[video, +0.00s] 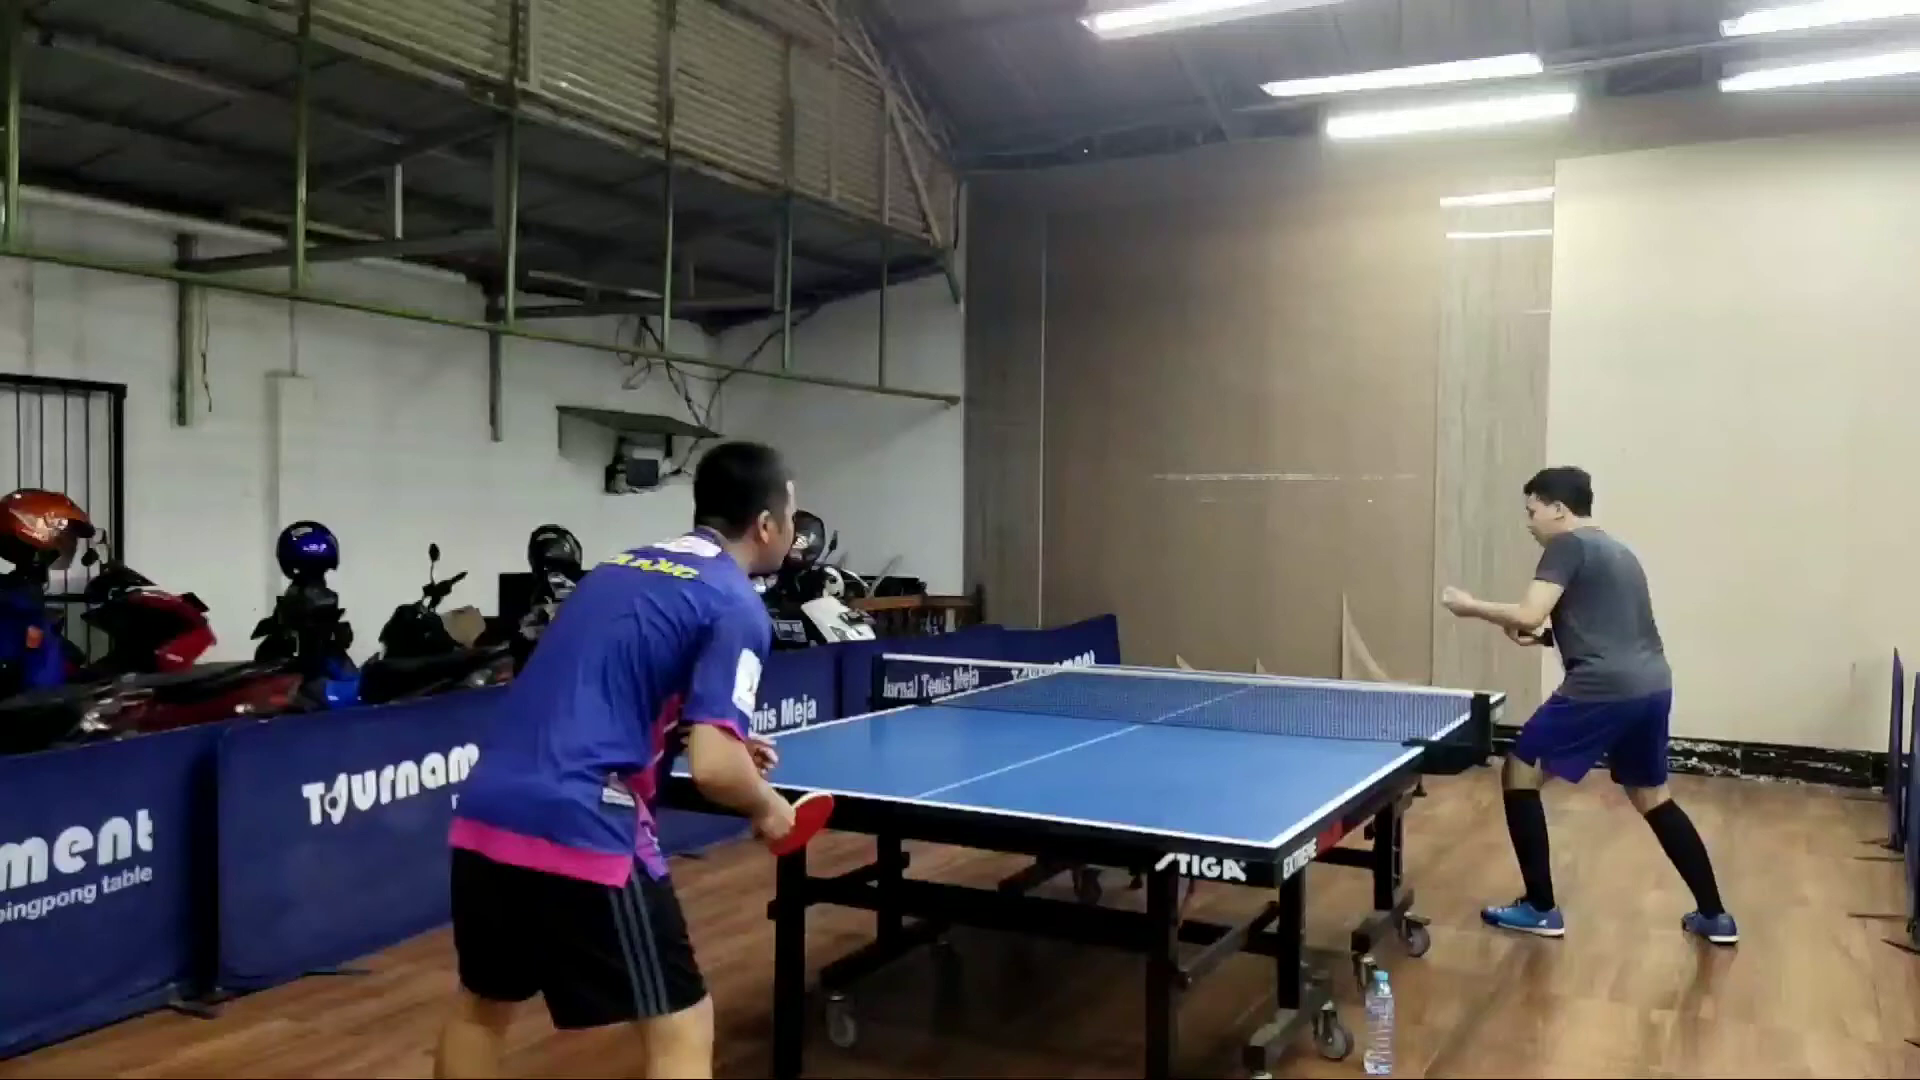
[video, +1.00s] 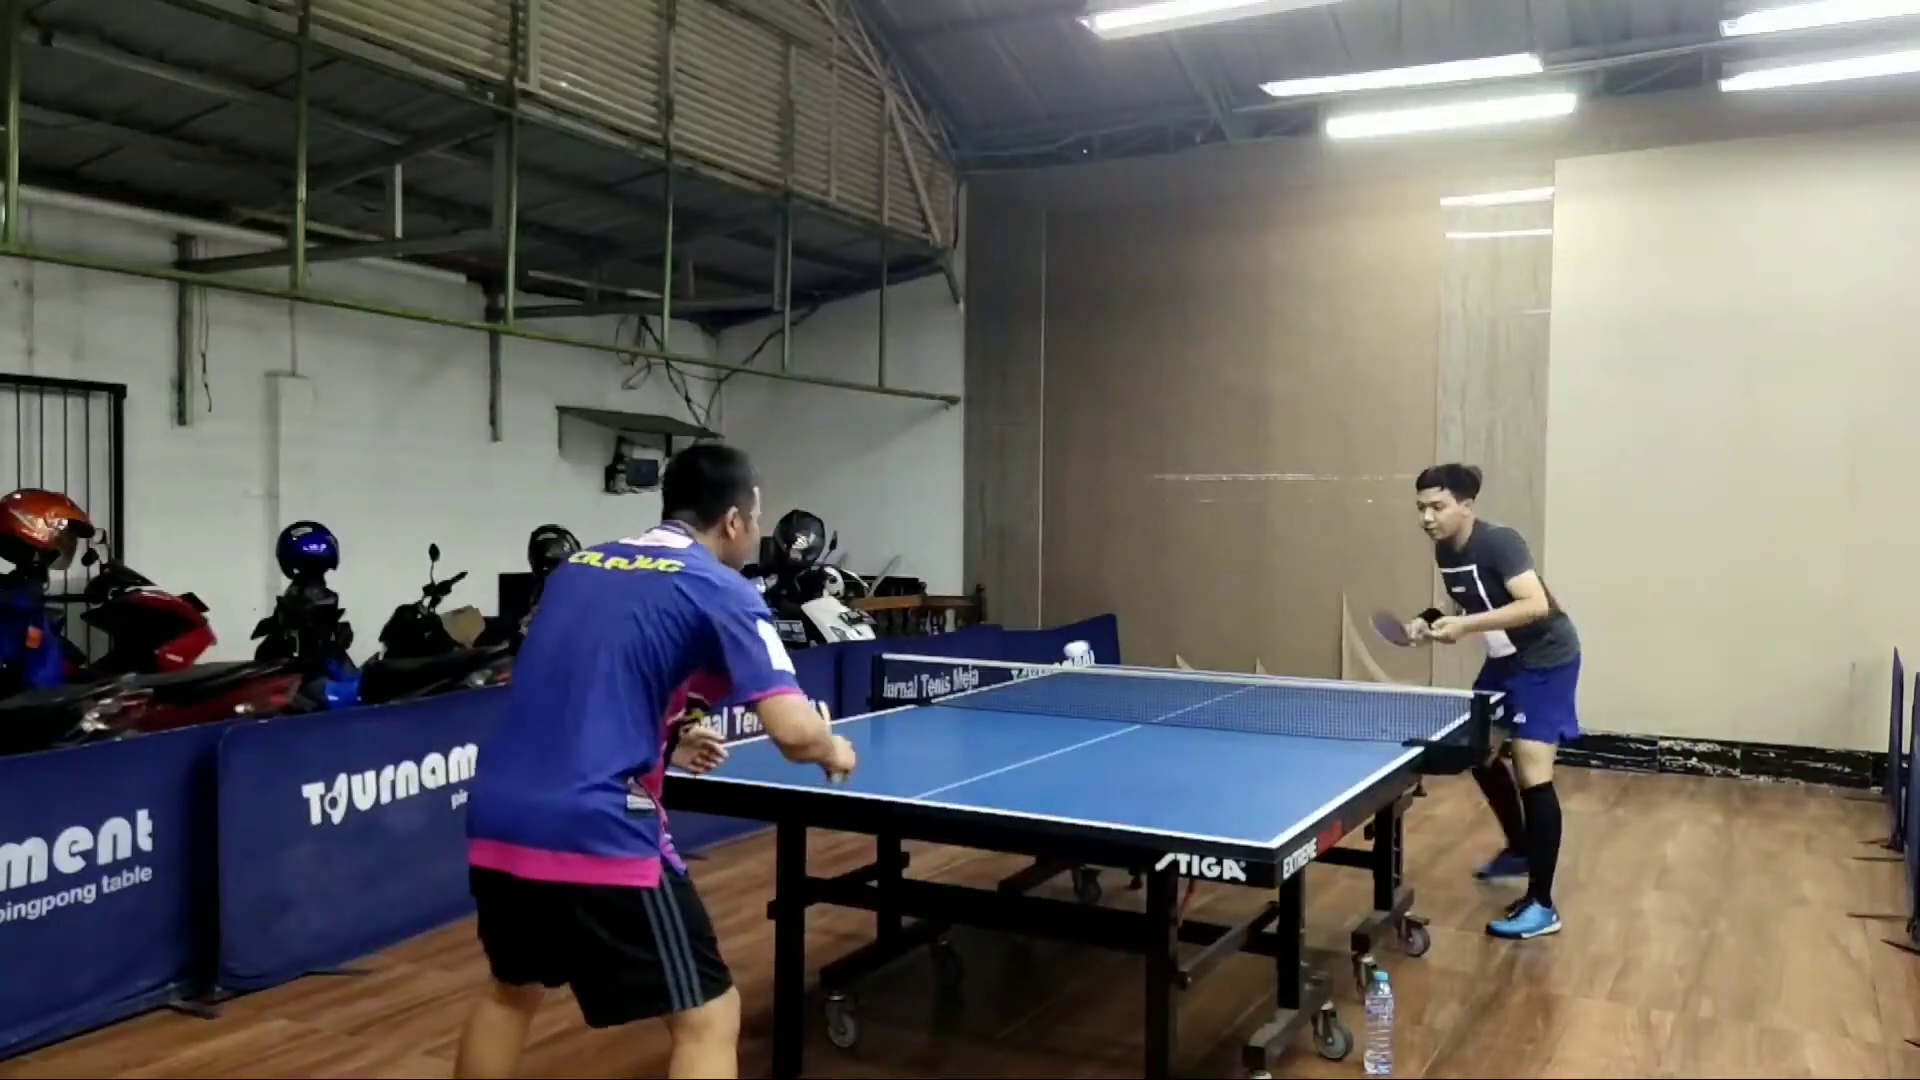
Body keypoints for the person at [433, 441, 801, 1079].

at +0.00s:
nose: (793, 534)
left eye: (792, 517)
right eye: (790, 517)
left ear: (702, 511)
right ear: (765, 524)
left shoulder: (625, 564)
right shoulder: (735, 602)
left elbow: (617, 710)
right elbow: (716, 767)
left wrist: (727, 744)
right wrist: (765, 807)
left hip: (482, 819)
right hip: (585, 831)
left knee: (482, 1009)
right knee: (679, 1024)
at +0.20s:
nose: (790, 524)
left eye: (790, 508)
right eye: (788, 508)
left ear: (699, 506)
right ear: (762, 516)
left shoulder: (622, 562)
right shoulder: (735, 598)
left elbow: (622, 705)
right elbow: (722, 765)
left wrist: (728, 736)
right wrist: (770, 799)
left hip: (493, 820)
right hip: (596, 832)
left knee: (486, 1009)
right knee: (695, 1023)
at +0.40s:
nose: (788, 513)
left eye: (788, 497)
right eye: (786, 498)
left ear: (697, 496)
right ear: (760, 507)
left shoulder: (617, 557)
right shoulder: (737, 592)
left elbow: (595, 691)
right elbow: (731, 757)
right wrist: (783, 793)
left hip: (506, 819)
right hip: (610, 831)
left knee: (495, 1007)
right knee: (712, 1018)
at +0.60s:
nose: (781, 505)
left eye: (780, 489)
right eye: (778, 489)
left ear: (692, 489)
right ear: (754, 498)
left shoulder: (612, 556)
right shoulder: (734, 588)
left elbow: (589, 689)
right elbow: (729, 751)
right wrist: (788, 789)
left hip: (513, 820)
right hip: (617, 831)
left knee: (509, 999)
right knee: (718, 1017)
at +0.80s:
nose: (771, 505)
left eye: (768, 488)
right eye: (767, 489)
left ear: (679, 489)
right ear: (741, 496)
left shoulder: (602, 554)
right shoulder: (726, 580)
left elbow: (590, 685)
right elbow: (739, 738)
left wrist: (694, 730)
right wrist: (808, 770)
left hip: (512, 818)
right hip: (614, 829)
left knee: (509, 997)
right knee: (709, 1018)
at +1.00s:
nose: (758, 535)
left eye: (760, 519)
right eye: (758, 519)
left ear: (671, 508)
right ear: (733, 521)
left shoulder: (582, 562)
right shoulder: (720, 586)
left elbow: (556, 691)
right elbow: (794, 731)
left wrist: (661, 736)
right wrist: (829, 748)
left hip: (495, 823)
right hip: (599, 831)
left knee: (511, 993)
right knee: (706, 1016)